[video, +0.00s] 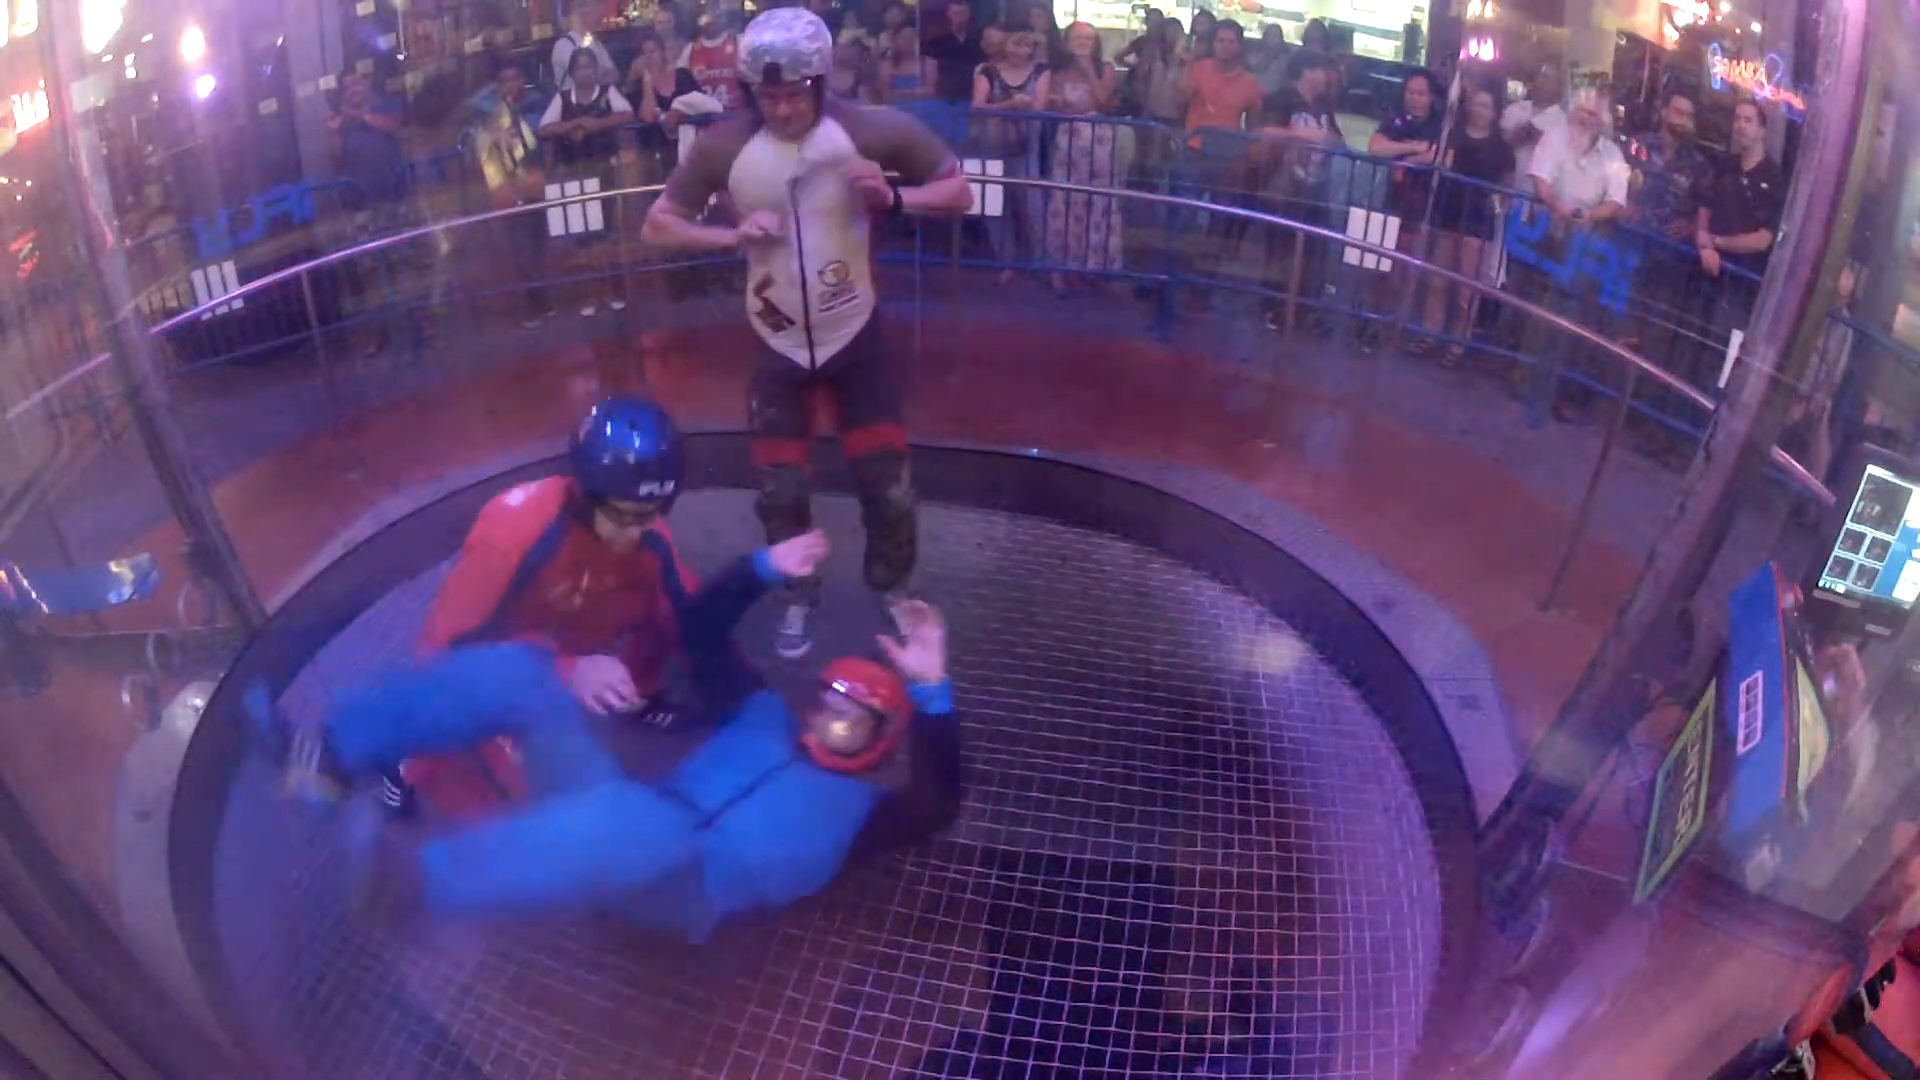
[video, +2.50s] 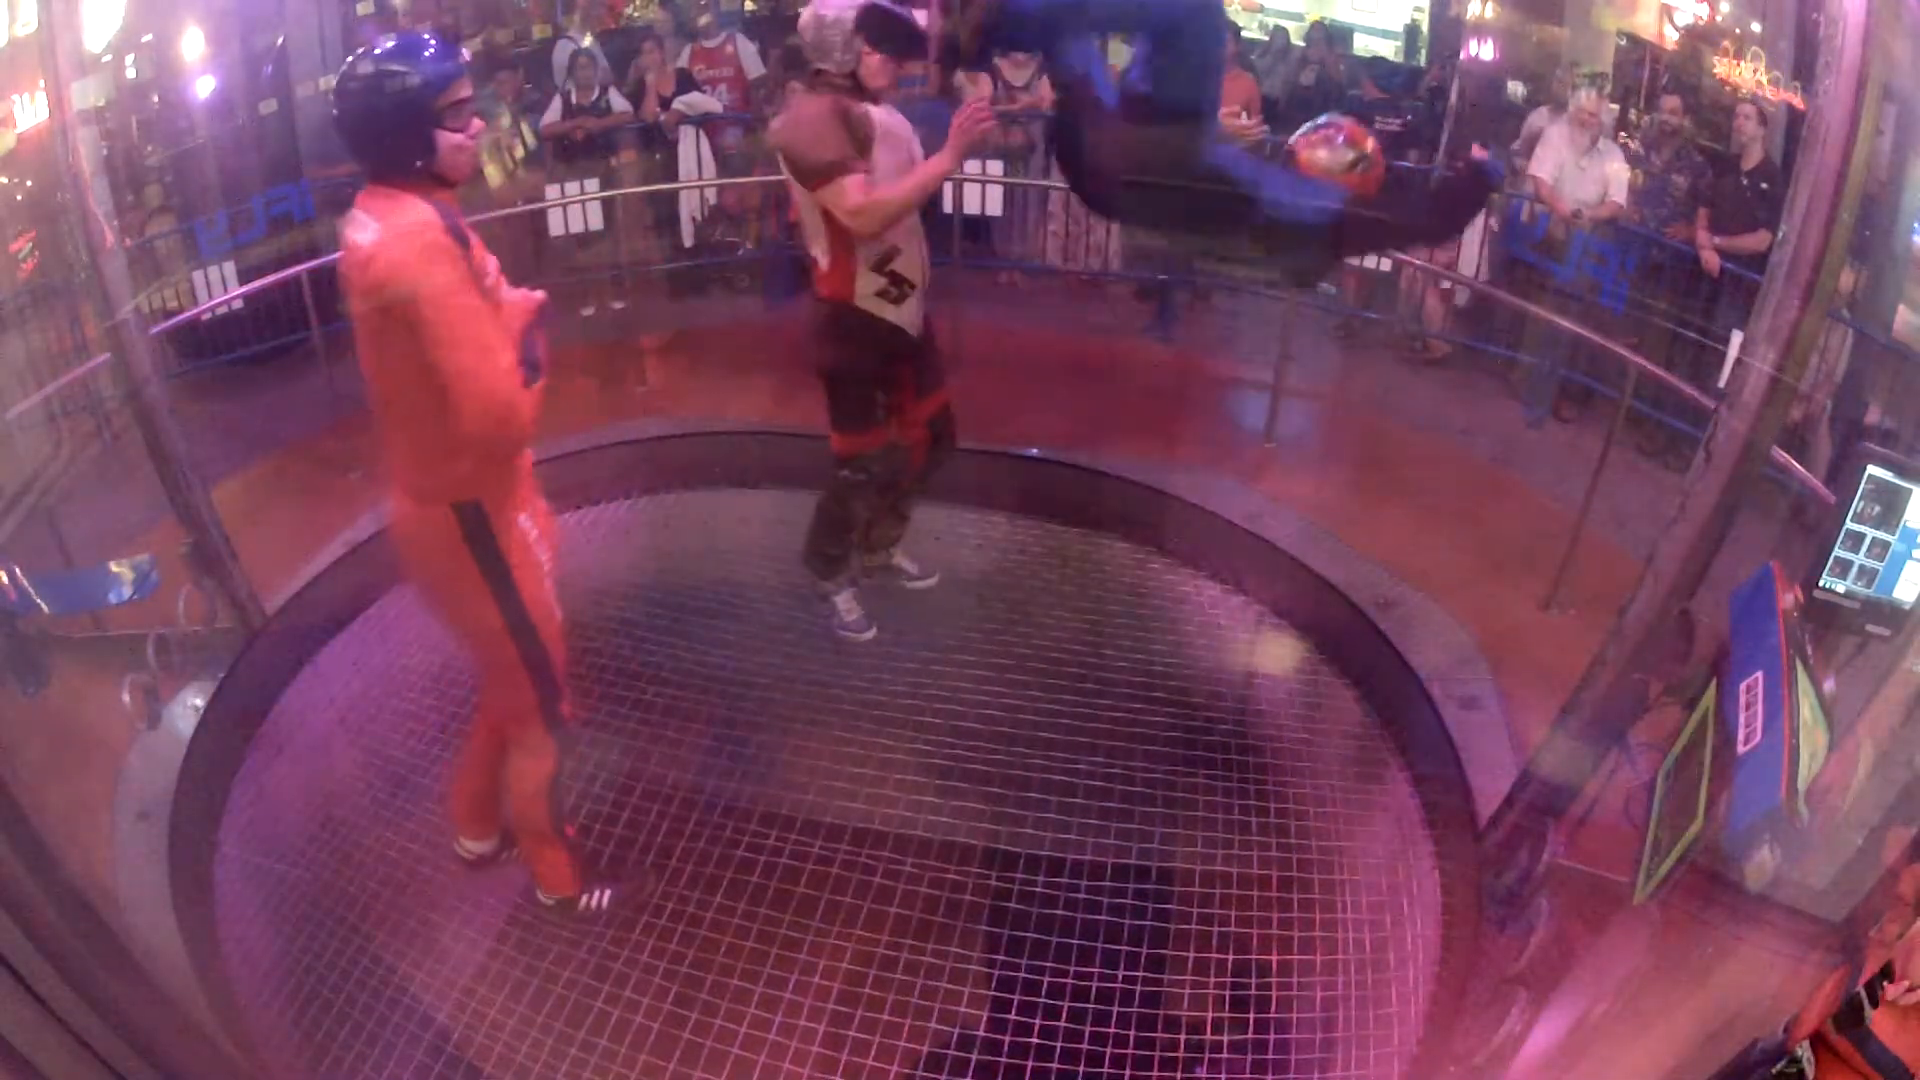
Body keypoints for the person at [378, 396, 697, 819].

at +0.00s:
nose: (633, 532)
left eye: (647, 517)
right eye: (620, 516)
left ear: (664, 502)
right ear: (586, 493)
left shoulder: (655, 547)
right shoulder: (520, 519)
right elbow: (446, 651)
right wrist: (563, 672)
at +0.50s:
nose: (607, 283)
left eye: (610, 268)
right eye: (592, 271)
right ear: (547, 269)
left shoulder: (566, 323)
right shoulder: (503, 353)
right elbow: (474, 513)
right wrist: (601, 585)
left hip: (532, 506)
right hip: (476, 542)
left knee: (660, 521)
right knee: (534, 727)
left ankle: (579, 652)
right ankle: (404, 750)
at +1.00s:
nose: (612, 211)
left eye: (610, 197)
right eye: (600, 201)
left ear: (559, 202)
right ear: (561, 209)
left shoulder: (535, 243)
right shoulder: (537, 315)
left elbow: (559, 312)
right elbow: (546, 472)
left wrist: (599, 290)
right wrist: (662, 570)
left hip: (527, 450)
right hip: (487, 484)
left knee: (633, 547)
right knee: (586, 647)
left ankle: (537, 617)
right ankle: (457, 734)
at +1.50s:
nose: (624, 202)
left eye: (620, 188)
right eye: (617, 191)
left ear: (530, 184)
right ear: (594, 207)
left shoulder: (491, 222)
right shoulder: (571, 328)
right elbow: (636, 475)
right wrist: (752, 502)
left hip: (451, 464)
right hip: (445, 500)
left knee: (563, 561)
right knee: (566, 690)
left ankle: (506, 658)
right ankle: (551, 874)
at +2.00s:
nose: (546, 126)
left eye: (543, 109)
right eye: (536, 111)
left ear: (441, 117)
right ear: (505, 123)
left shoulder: (388, 205)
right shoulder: (531, 222)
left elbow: (334, 308)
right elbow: (690, 329)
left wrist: (429, 290)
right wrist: (790, 281)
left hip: (416, 487)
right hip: (490, 499)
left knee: (514, 619)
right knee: (556, 706)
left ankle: (469, 759)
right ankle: (556, 882)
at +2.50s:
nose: (477, 129)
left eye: (473, 111)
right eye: (458, 116)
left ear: (400, 135)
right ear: (410, 133)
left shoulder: (406, 215)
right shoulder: (412, 247)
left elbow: (486, 322)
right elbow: (489, 422)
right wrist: (522, 346)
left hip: (481, 489)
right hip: (461, 512)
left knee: (522, 659)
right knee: (533, 693)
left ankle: (474, 820)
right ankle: (554, 877)